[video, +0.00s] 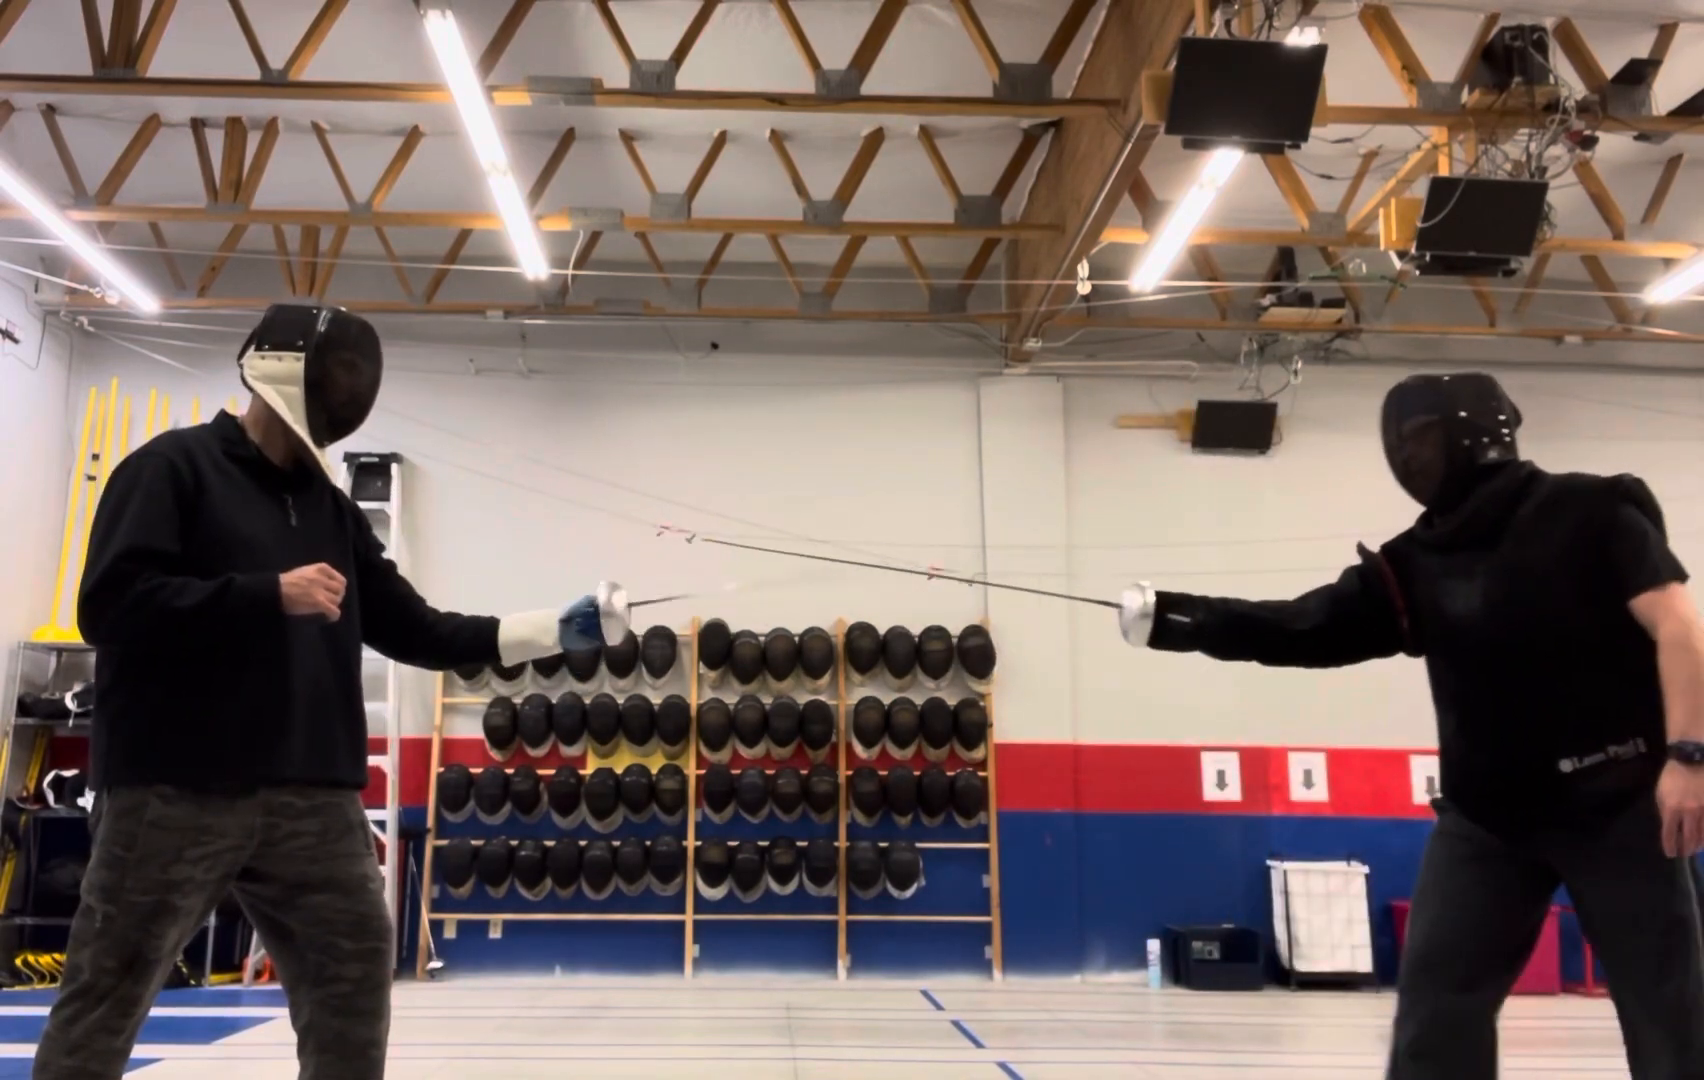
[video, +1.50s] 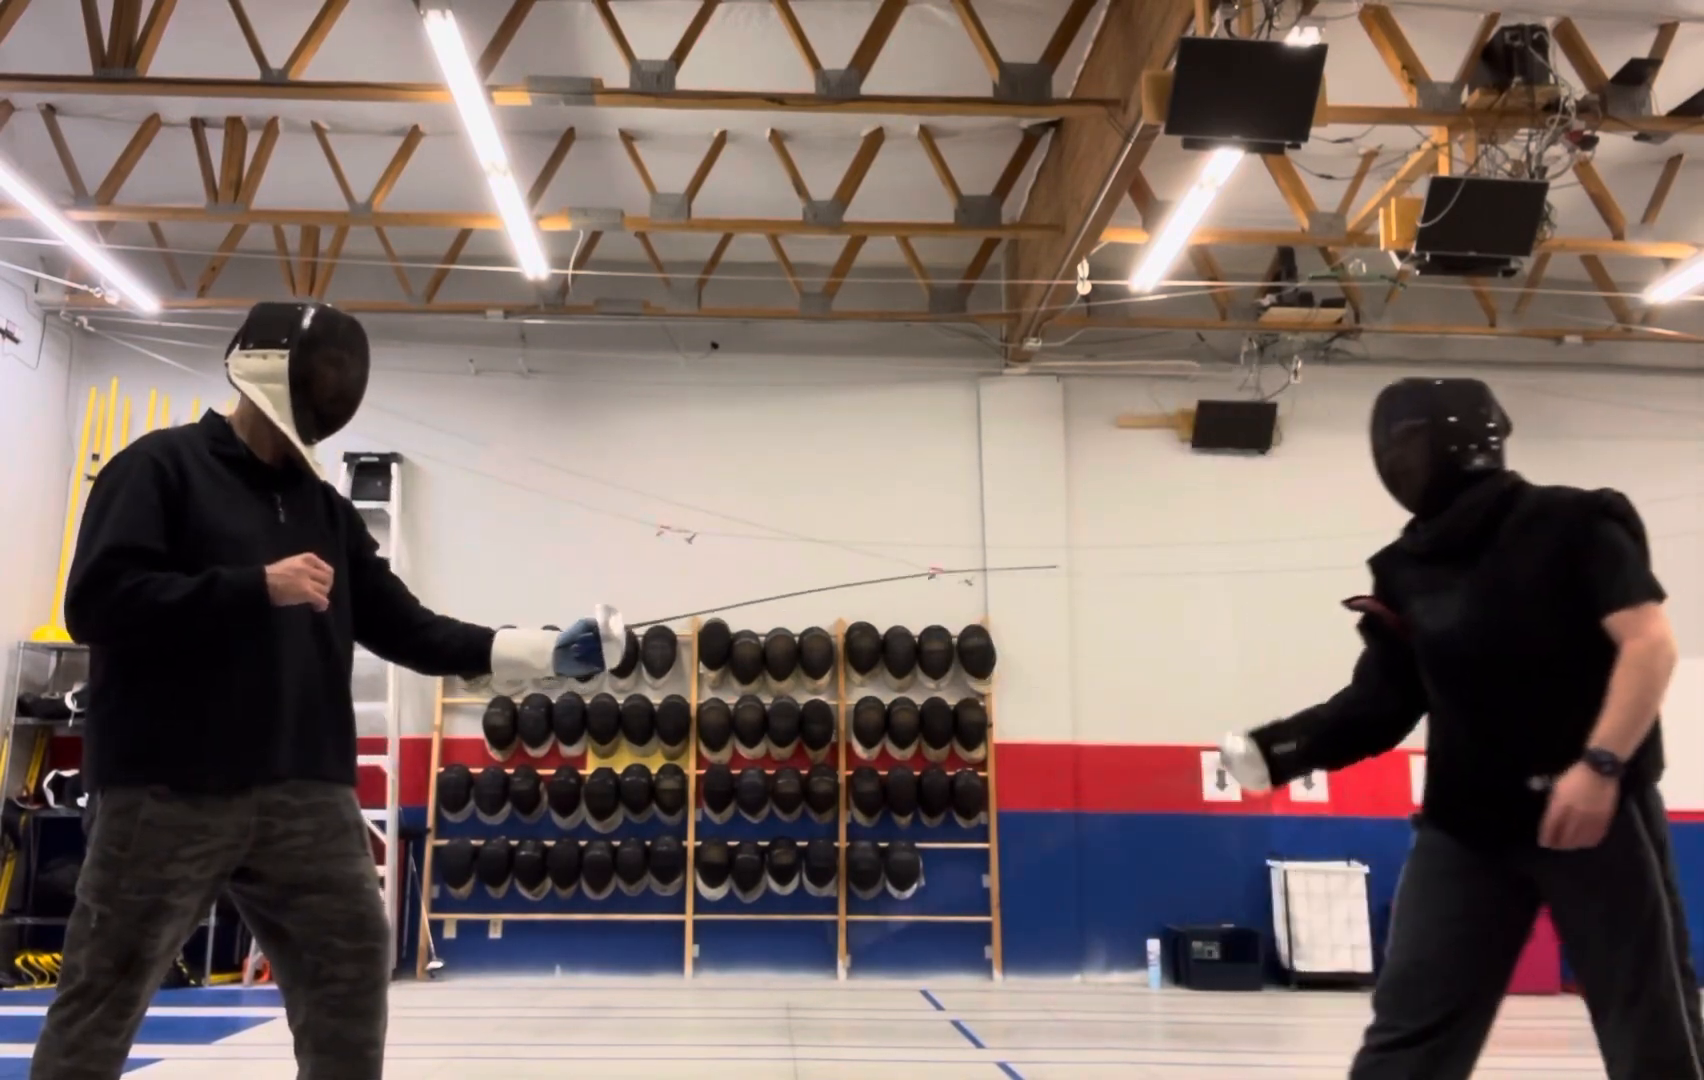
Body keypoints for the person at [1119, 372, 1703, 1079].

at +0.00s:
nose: (1407, 461)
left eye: (1419, 440)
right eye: (1399, 448)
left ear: (1471, 432)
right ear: (1402, 458)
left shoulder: (1595, 511)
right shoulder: (1415, 567)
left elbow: (1678, 626)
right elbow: (1306, 625)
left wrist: (1687, 757)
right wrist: (1176, 619)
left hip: (1621, 812)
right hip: (1488, 825)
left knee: (1670, 1029)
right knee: (1436, 1020)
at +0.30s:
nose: (1267, 463)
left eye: (1278, 440)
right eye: (1262, 446)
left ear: (1328, 430)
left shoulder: (1449, 510)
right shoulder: (1284, 570)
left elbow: (1532, 626)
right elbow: (1183, 641)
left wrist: (1550, 754)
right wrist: (1049, 628)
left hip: (1484, 810)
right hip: (1354, 829)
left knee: (1592, 1040)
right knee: (1314, 1056)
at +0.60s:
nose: (1143, 450)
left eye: (1149, 429)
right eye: (1141, 434)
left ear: (1193, 428)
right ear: (1220, 428)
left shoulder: (1327, 492)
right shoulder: (1166, 555)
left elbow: (1411, 604)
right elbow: (1049, 593)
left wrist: (1377, 716)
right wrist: (920, 570)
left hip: (1399, 790)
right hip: (1273, 816)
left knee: (1504, 1000)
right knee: (1274, 1045)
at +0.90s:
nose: (1137, 448)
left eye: (1143, 428)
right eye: (1135, 433)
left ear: (1185, 427)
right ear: (1208, 427)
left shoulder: (1315, 491)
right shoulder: (1157, 558)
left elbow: (1401, 603)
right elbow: (1040, 599)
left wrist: (1378, 722)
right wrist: (918, 576)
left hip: (1384, 783)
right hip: (1264, 813)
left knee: (1487, 991)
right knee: (1264, 1041)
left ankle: (1546, 1079)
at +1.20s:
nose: (1228, 455)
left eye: (1239, 433)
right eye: (1225, 438)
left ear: (1288, 431)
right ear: (1295, 435)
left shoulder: (1407, 513)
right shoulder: (1255, 564)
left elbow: (1487, 630)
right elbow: (1226, 698)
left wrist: (1440, 744)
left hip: (1448, 799)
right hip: (1325, 818)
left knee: (1560, 993)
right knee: (1291, 1036)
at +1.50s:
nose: (1390, 465)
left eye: (1401, 444)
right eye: (1388, 449)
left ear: (1445, 442)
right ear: (1474, 442)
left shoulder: (1573, 523)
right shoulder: (1408, 570)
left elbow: (1653, 646)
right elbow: (1383, 701)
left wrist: (1601, 766)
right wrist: (1282, 751)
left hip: (1595, 818)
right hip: (1468, 826)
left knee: (1651, 1037)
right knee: (1407, 1041)